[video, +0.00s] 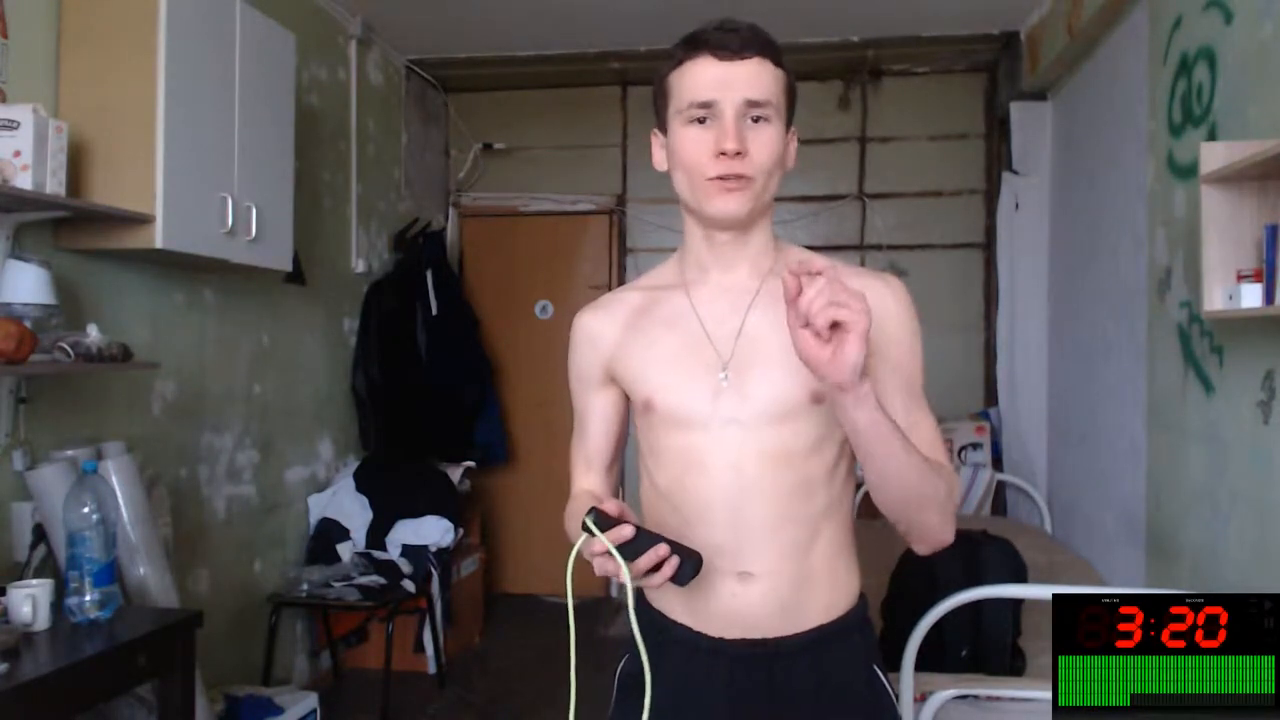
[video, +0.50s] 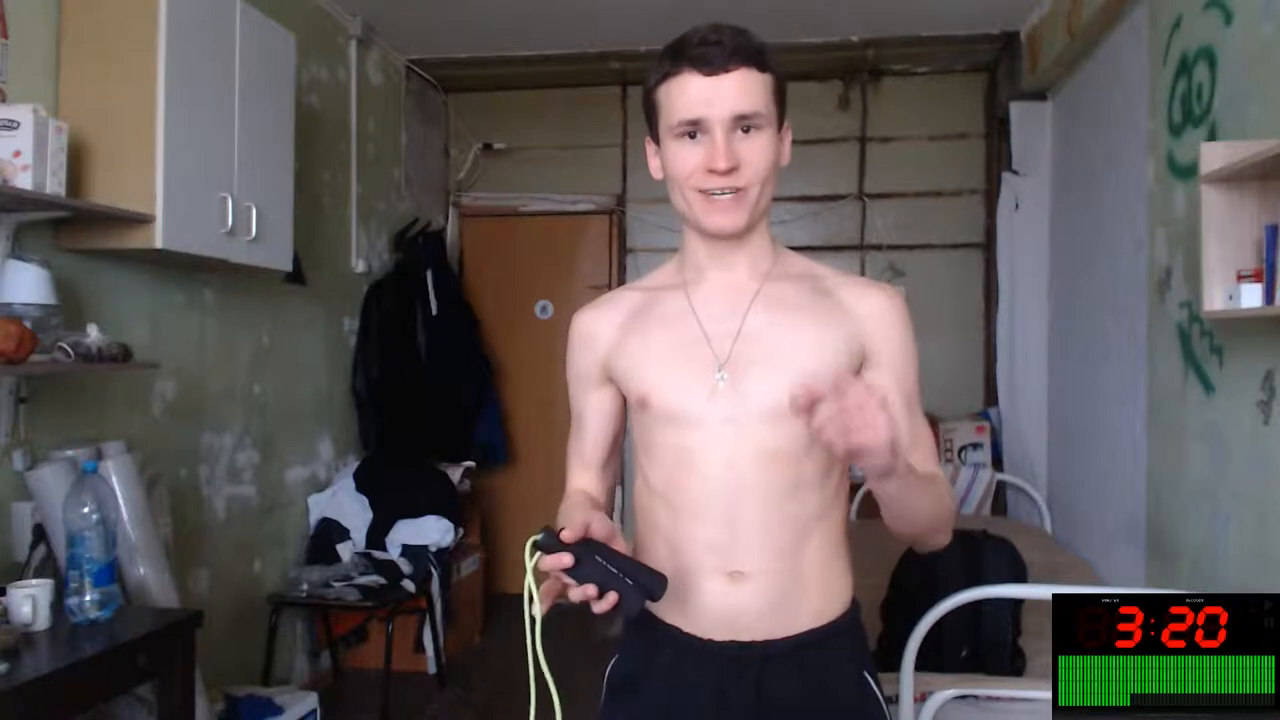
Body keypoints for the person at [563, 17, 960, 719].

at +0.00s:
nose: (730, 144)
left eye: (756, 119)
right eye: (701, 119)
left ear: (789, 150)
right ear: (660, 149)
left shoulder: (871, 302)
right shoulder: (607, 329)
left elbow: (933, 528)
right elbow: (588, 488)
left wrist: (849, 389)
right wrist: (602, 537)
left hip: (829, 668)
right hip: (676, 671)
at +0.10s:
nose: (731, 151)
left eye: (754, 122)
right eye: (700, 125)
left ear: (788, 145)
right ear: (659, 151)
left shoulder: (873, 305)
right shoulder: (608, 329)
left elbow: (932, 532)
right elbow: (588, 489)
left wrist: (856, 417)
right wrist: (602, 543)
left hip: (827, 668)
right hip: (674, 670)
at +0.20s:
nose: (729, 168)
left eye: (752, 134)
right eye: (698, 139)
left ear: (786, 145)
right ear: (657, 157)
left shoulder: (872, 309)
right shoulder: (609, 330)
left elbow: (930, 537)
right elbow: (587, 488)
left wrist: (868, 462)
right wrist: (602, 537)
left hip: (825, 668)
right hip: (671, 670)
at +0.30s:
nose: (725, 172)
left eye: (748, 138)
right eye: (695, 143)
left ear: (784, 146)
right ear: (656, 159)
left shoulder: (869, 310)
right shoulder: (609, 331)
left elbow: (927, 533)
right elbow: (587, 495)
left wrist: (880, 480)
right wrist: (591, 548)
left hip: (822, 671)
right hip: (668, 670)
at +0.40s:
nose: (722, 168)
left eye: (745, 135)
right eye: (692, 140)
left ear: (784, 146)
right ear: (655, 159)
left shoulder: (867, 313)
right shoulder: (606, 330)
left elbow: (930, 531)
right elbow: (589, 492)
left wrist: (889, 500)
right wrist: (590, 544)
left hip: (820, 671)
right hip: (666, 670)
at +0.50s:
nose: (721, 160)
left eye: (746, 128)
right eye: (692, 134)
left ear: (783, 145)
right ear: (654, 157)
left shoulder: (867, 313)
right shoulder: (605, 328)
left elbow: (932, 532)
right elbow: (585, 491)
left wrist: (888, 468)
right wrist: (591, 543)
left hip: (818, 671)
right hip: (664, 669)